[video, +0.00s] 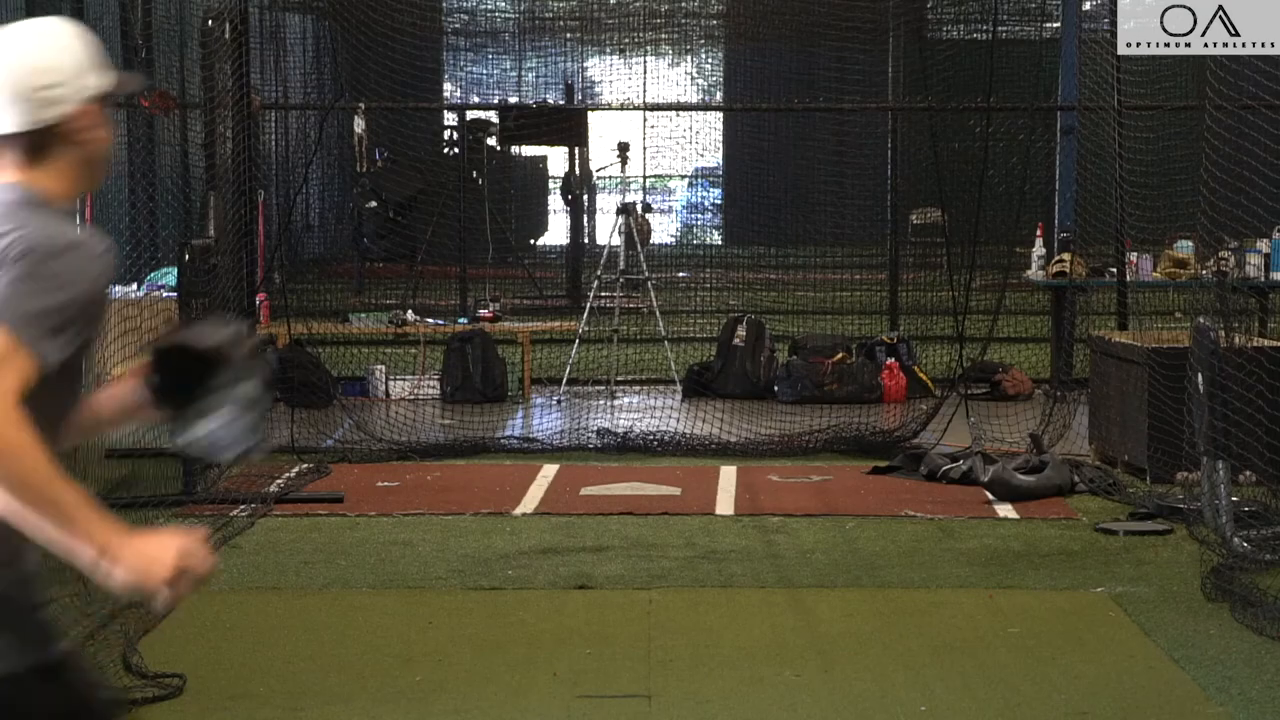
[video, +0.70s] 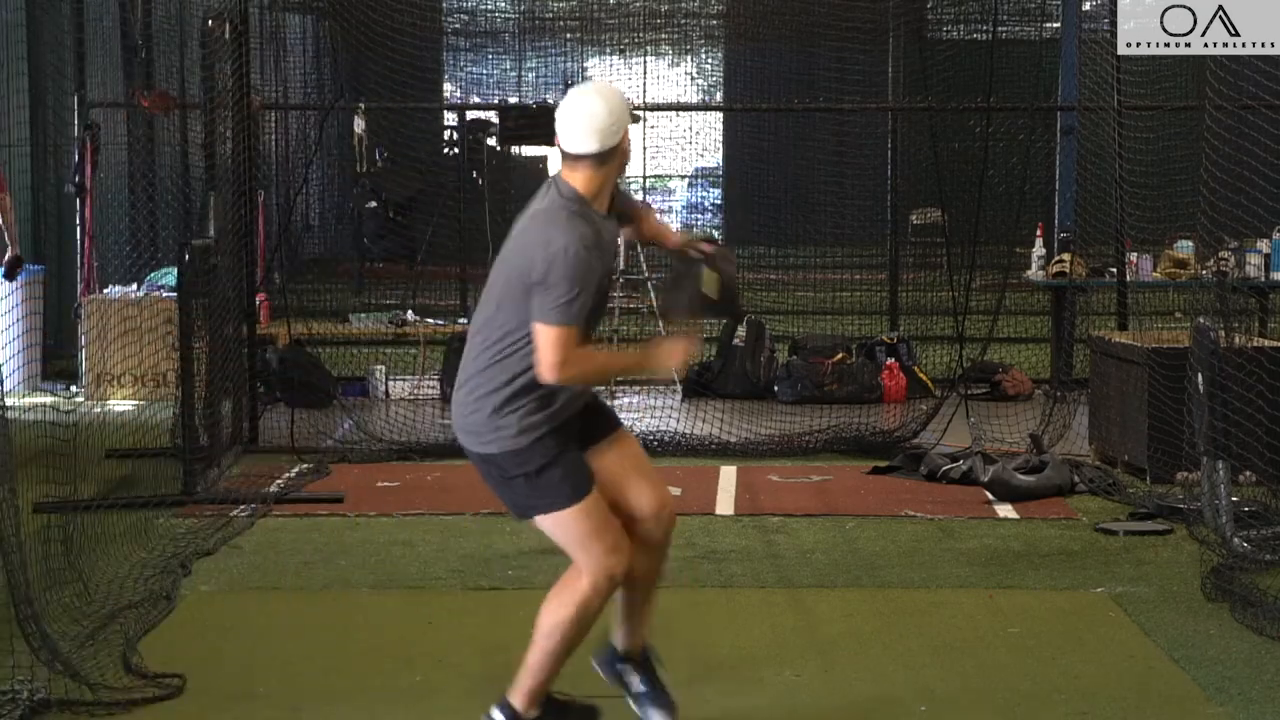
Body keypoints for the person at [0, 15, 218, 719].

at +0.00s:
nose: (113, 127)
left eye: (111, 109)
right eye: (109, 109)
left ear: (11, 126)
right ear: (81, 120)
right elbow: (1, 416)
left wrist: (144, 390)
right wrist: (113, 550)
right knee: (72, 701)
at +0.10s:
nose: (280, 104)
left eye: (276, 85)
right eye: (274, 86)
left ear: (167, 105)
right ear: (250, 98)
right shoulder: (172, 216)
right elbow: (50, 348)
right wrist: (197, 456)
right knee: (362, 694)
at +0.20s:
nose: (429, 145)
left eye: (424, 128)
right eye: (423, 129)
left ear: (329, 139)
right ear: (404, 140)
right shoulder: (313, 252)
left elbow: (406, 368)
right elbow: (200, 390)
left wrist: (501, 338)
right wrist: (338, 458)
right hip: (311, 560)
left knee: (321, 707)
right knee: (492, 702)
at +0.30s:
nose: (526, 182)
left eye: (521, 170)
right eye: (522, 170)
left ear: (432, 190)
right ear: (510, 183)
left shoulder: (471, 282)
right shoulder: (437, 294)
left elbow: (510, 392)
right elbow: (376, 440)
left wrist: (618, 341)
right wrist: (516, 477)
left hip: (430, 539)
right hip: (402, 557)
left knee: (580, 641)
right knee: (602, 691)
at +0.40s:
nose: (578, 157)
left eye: (573, 146)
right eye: (576, 147)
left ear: (492, 166)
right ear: (567, 159)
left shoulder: (548, 249)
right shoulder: (491, 268)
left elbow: (563, 343)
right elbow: (446, 417)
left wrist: (657, 294)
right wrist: (579, 424)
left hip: (519, 488)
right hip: (471, 505)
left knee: (639, 624)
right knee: (567, 683)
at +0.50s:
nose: (601, 156)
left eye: (595, 145)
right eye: (598, 146)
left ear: (524, 161)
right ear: (591, 158)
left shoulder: (573, 232)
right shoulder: (528, 262)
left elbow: (608, 284)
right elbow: (520, 407)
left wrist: (674, 238)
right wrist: (635, 366)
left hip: (571, 454)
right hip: (512, 468)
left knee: (688, 590)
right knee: (615, 620)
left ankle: (687, 716)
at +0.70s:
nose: (632, 141)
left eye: (628, 132)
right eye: (629, 132)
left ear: (562, 143)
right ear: (624, 143)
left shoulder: (582, 194)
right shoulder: (567, 239)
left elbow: (639, 220)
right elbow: (556, 365)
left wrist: (687, 246)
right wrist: (652, 358)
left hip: (559, 396)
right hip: (504, 422)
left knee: (653, 510)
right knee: (606, 558)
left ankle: (628, 652)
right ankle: (519, 705)